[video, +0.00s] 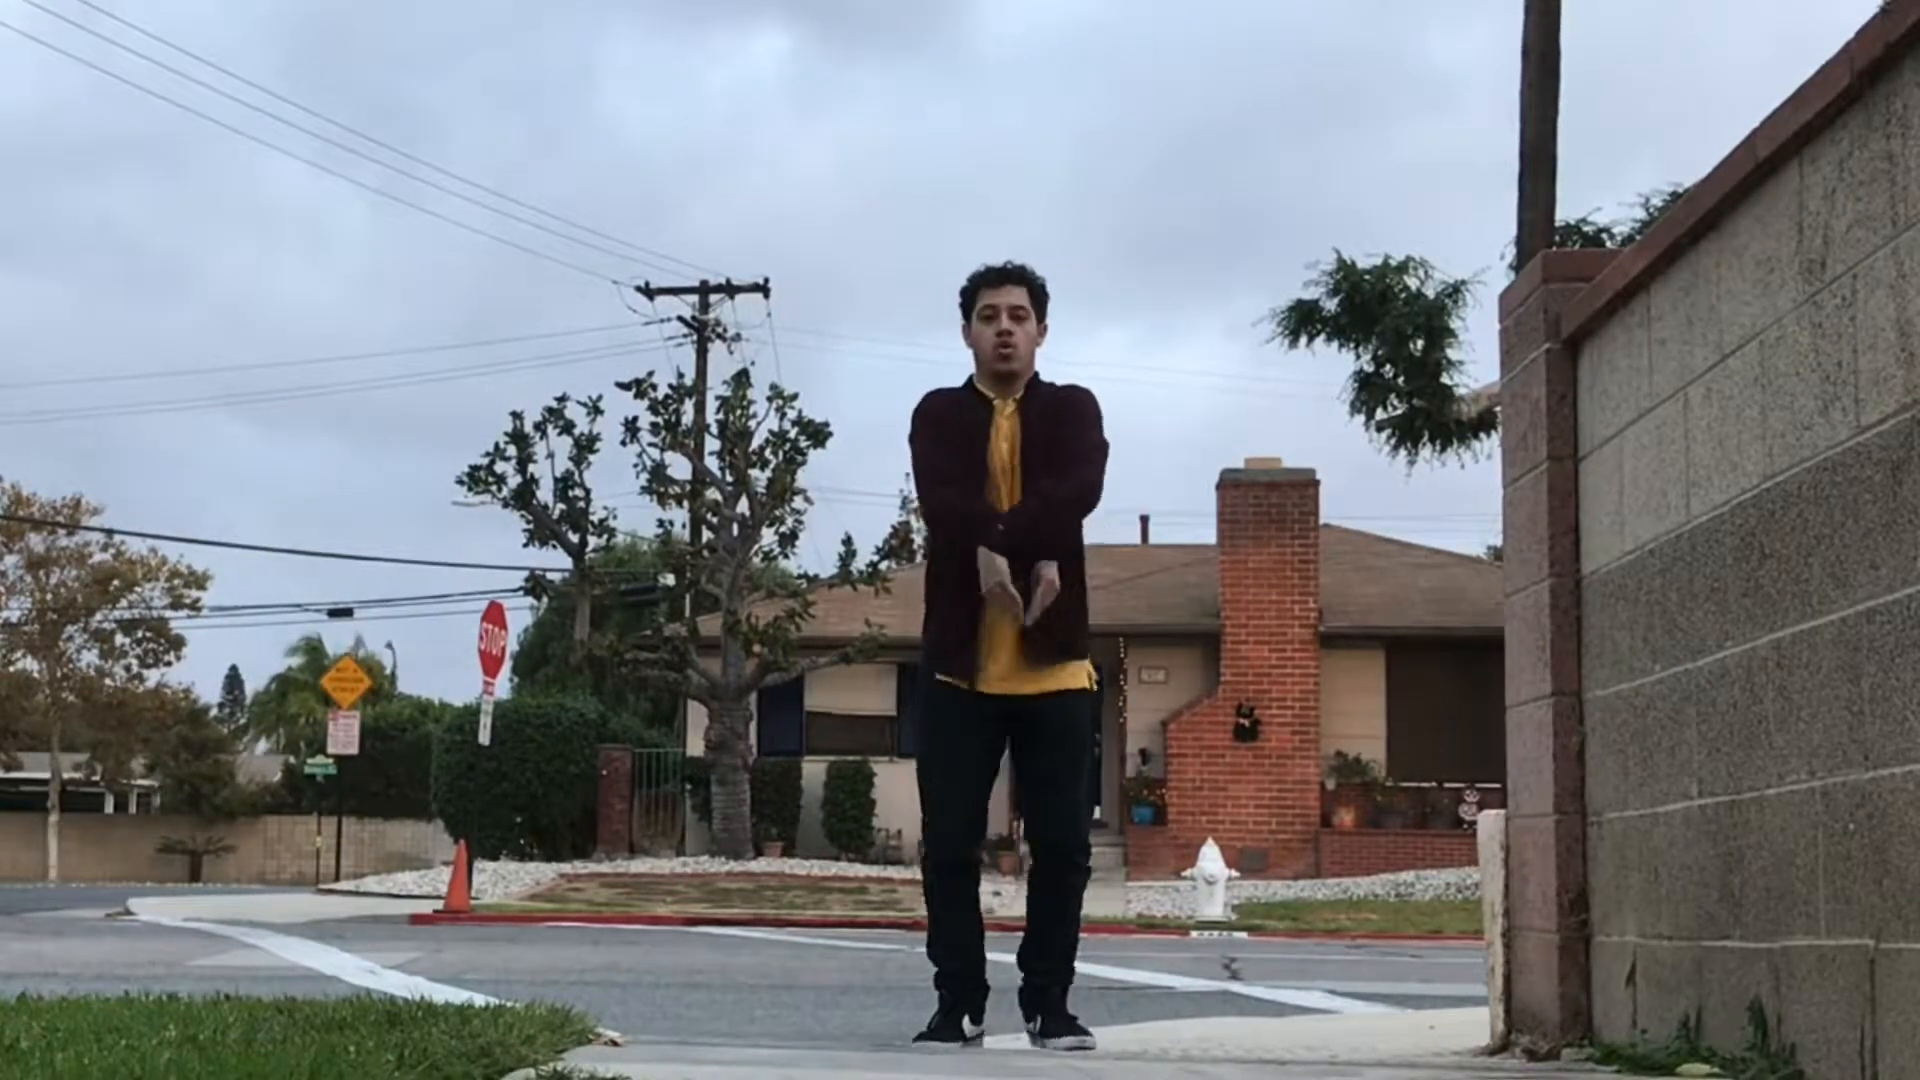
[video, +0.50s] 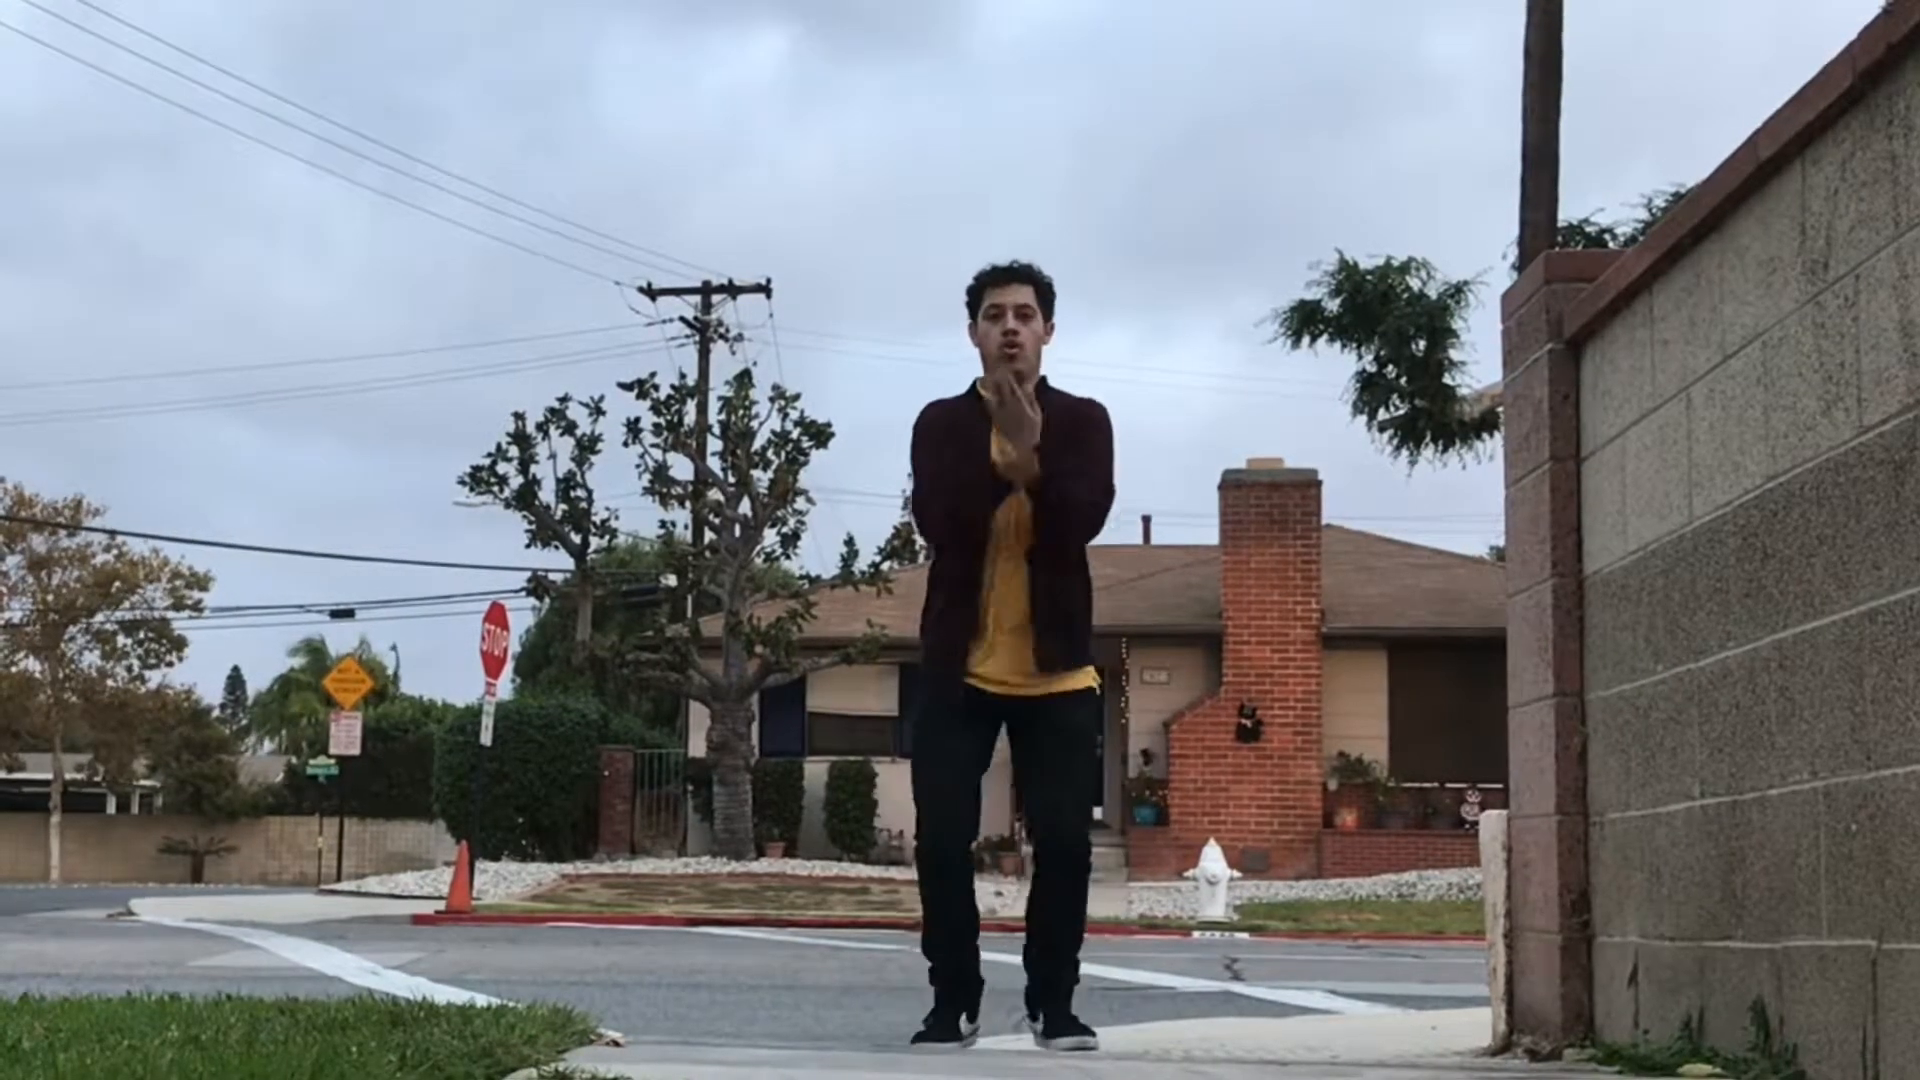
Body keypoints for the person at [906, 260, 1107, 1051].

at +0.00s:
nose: (1004, 330)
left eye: (1018, 317)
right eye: (989, 317)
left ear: (1040, 331)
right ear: (968, 332)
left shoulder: (1073, 406)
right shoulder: (938, 411)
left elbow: (1081, 491)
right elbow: (942, 510)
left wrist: (997, 540)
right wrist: (1033, 558)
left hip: (1054, 667)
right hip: (960, 668)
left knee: (1062, 847)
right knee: (949, 846)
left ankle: (1048, 1007)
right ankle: (959, 1007)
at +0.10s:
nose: (1005, 333)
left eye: (1019, 320)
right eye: (991, 321)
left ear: (1042, 335)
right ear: (970, 337)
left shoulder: (1076, 412)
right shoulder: (939, 417)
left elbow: (1092, 501)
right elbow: (932, 516)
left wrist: (1005, 553)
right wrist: (1018, 577)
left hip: (1062, 673)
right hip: (956, 670)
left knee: (1121, 811)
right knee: (898, 804)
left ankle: (1069, 987)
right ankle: (936, 978)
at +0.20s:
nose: (1007, 340)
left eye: (1021, 327)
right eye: (992, 328)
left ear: (1043, 342)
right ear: (971, 344)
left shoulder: (1077, 420)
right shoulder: (939, 423)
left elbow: (1087, 511)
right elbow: (933, 520)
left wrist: (998, 562)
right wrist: (1026, 574)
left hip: (1069, 674)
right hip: (956, 672)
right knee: (859, 795)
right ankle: (902, 983)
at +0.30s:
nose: (1009, 338)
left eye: (1023, 325)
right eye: (993, 326)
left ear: (1044, 341)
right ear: (972, 341)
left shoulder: (1077, 419)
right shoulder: (940, 422)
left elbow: (1100, 501)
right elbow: (925, 512)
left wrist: (999, 533)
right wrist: (1023, 540)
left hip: (1058, 676)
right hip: (957, 675)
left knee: (1096, 821)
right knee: (921, 825)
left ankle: (1057, 979)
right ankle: (956, 981)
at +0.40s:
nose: (1010, 333)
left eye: (1024, 321)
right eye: (995, 321)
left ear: (1046, 336)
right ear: (973, 337)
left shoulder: (1081, 419)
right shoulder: (940, 423)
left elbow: (1125, 494)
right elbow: (916, 503)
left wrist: (1028, 460)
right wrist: (1001, 433)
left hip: (1053, 679)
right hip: (961, 676)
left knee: (1047, 845)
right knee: (957, 846)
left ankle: (1051, 1004)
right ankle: (956, 1006)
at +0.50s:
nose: (1011, 328)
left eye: (1025, 316)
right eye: (995, 317)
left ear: (1047, 332)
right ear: (974, 334)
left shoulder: (1083, 420)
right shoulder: (942, 421)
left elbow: (1082, 518)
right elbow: (940, 517)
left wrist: (1028, 453)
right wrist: (1007, 452)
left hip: (1056, 671)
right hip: (958, 668)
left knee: (1066, 841)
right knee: (941, 839)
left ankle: (1054, 1006)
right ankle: (953, 1001)